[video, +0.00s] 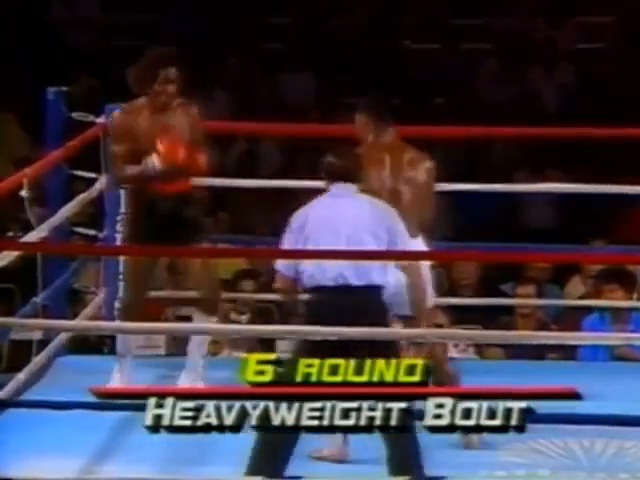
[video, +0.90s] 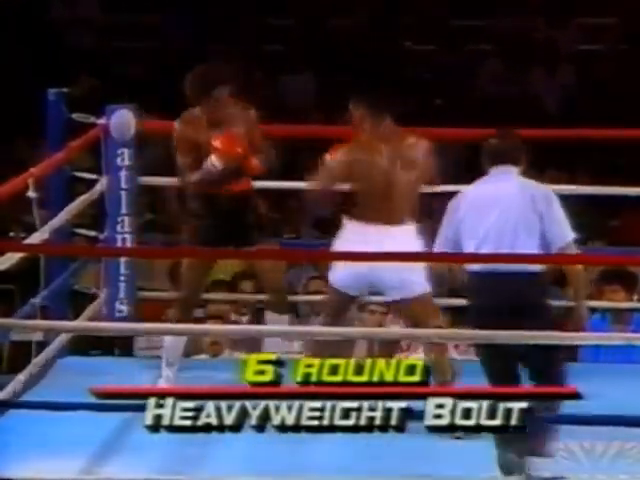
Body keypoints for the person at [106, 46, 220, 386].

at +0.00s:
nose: (169, 89)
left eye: (174, 82)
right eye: (162, 82)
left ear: (179, 85)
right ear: (148, 85)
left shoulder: (188, 115)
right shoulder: (126, 119)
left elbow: (204, 158)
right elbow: (117, 170)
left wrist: (187, 161)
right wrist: (149, 167)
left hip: (184, 208)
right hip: (144, 210)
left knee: (207, 291)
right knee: (134, 295)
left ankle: (193, 373)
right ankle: (123, 371)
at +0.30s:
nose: (192, 82)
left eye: (196, 75)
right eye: (185, 75)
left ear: (200, 77)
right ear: (167, 76)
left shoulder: (201, 108)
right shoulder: (148, 106)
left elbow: (205, 154)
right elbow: (149, 154)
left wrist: (227, 154)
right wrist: (182, 127)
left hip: (191, 195)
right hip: (157, 194)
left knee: (213, 274)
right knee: (140, 278)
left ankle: (240, 359)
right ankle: (121, 367)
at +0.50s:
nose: (240, 95)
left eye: (241, 88)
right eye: (235, 88)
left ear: (234, 90)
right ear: (216, 90)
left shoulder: (231, 118)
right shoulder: (182, 115)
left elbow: (238, 155)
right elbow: (165, 168)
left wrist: (257, 151)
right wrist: (198, 175)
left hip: (218, 208)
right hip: (181, 207)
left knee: (237, 283)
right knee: (164, 287)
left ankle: (250, 360)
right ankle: (127, 363)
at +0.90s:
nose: (221, 106)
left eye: (225, 99)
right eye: (214, 101)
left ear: (229, 95)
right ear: (202, 102)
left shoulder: (245, 116)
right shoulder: (188, 124)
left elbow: (265, 156)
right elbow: (187, 178)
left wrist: (249, 163)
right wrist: (215, 164)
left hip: (247, 207)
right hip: (207, 209)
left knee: (275, 285)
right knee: (189, 293)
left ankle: (277, 360)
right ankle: (168, 373)